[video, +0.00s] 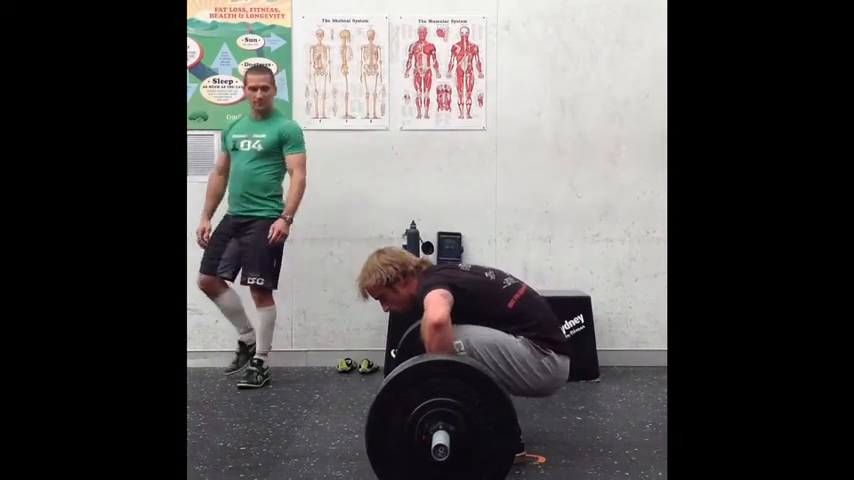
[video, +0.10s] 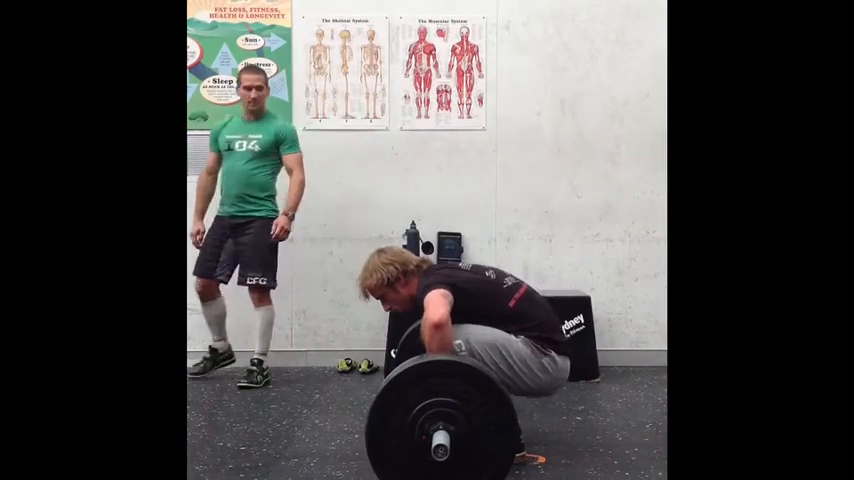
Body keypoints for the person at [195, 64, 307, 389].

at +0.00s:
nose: (258, 94)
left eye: (264, 88)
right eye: (253, 89)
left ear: (274, 90)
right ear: (244, 91)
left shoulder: (287, 129)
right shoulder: (234, 128)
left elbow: (298, 176)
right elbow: (220, 173)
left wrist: (287, 217)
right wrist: (206, 216)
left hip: (266, 220)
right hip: (233, 219)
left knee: (260, 289)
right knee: (209, 282)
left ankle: (261, 363)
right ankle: (248, 339)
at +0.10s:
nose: (253, 94)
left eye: (259, 88)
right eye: (247, 88)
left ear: (268, 91)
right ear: (238, 91)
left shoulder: (281, 129)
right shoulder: (223, 129)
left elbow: (297, 175)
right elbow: (209, 173)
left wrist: (287, 214)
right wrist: (199, 217)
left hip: (261, 221)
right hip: (225, 220)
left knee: (259, 290)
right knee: (205, 284)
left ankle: (259, 363)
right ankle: (221, 349)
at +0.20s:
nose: (246, 94)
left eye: (252, 89)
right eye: (240, 89)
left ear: (259, 92)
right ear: (230, 92)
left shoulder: (273, 130)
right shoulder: (212, 129)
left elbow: (294, 172)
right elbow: (196, 172)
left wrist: (289, 211)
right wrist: (192, 218)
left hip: (254, 221)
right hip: (216, 221)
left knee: (255, 290)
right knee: (202, 292)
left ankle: (259, 364)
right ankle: (192, 357)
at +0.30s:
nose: (236, 95)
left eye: (242, 90)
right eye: (230, 90)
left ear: (249, 94)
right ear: (220, 93)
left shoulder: (263, 132)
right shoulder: (201, 129)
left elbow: (291, 172)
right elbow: (186, 167)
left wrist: (286, 207)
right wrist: (187, 218)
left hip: (244, 222)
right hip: (205, 222)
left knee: (250, 291)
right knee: (194, 293)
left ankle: (259, 363)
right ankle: (190, 358)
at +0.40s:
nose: (227, 96)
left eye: (232, 91)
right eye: (221, 90)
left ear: (239, 95)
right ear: (209, 94)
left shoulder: (253, 132)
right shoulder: (193, 128)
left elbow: (285, 169)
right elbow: (187, 167)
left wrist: (279, 204)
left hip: (233, 221)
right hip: (196, 220)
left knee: (243, 290)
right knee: (192, 292)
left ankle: (257, 361)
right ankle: (190, 358)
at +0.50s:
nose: (220, 95)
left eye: (225, 90)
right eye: (214, 90)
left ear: (232, 94)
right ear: (202, 93)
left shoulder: (244, 131)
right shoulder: (189, 127)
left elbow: (279, 164)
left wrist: (270, 201)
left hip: (227, 219)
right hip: (191, 220)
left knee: (239, 287)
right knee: (190, 291)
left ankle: (255, 354)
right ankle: (189, 357)